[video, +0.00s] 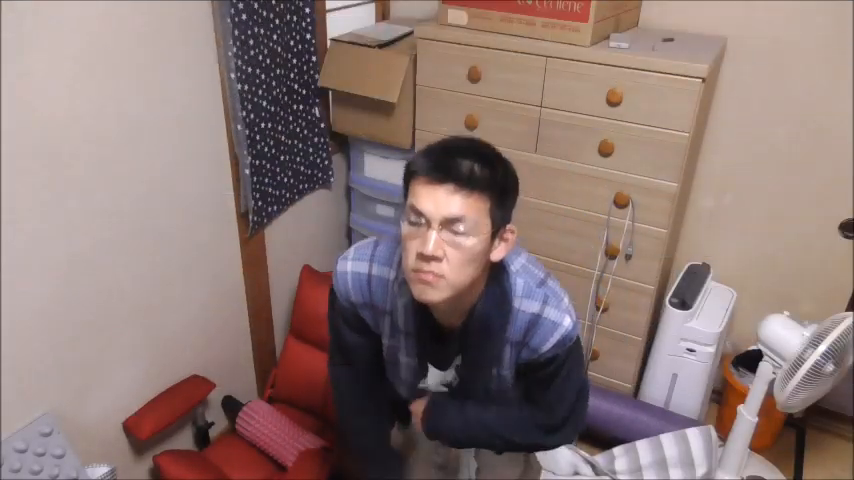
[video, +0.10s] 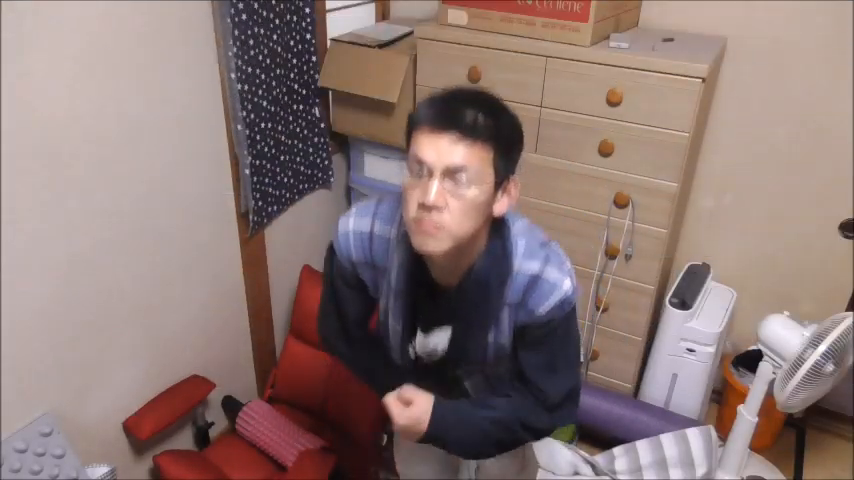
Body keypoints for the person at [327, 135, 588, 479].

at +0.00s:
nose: (428, 249)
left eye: (456, 231)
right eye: (416, 221)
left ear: (501, 243)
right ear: (402, 217)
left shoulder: (544, 314)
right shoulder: (359, 277)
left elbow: (556, 422)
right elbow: (358, 414)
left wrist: (439, 417)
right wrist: (380, 471)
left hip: (500, 429)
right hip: (408, 425)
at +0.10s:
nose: (430, 198)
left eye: (457, 180)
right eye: (420, 172)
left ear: (503, 196)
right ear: (405, 171)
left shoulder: (543, 277)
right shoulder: (363, 235)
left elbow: (548, 405)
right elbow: (342, 334)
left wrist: (441, 421)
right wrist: (421, 404)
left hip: (500, 398)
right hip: (419, 395)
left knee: (502, 466)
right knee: (420, 465)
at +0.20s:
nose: (434, 124)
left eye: (461, 104)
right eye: (422, 99)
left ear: (510, 120)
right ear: (405, 103)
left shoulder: (547, 217)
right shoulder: (367, 177)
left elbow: (536, 369)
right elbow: (332, 282)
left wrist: (417, 433)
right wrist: (408, 337)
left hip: (499, 386)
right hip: (413, 381)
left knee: (499, 467)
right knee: (420, 466)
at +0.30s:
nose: (442, 56)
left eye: (469, 35)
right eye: (427, 31)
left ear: (516, 55)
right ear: (410, 40)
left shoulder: (551, 169)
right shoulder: (373, 121)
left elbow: (549, 318)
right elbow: (328, 223)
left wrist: (440, 383)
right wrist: (382, 244)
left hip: (502, 376)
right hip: (416, 365)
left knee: (504, 468)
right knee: (420, 467)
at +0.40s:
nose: (449, 14)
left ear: (524, 16)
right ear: (420, 13)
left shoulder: (558, 139)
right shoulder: (376, 98)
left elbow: (551, 291)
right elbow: (343, 213)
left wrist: (445, 351)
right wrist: (402, 218)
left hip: (505, 355)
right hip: (414, 340)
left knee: (497, 466)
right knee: (419, 459)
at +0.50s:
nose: (453, 5)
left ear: (523, 7)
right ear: (431, 8)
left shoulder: (563, 124)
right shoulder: (380, 85)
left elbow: (547, 282)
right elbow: (349, 190)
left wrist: (436, 306)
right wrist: (348, 239)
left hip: (505, 342)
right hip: (413, 328)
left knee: (500, 462)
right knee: (417, 453)